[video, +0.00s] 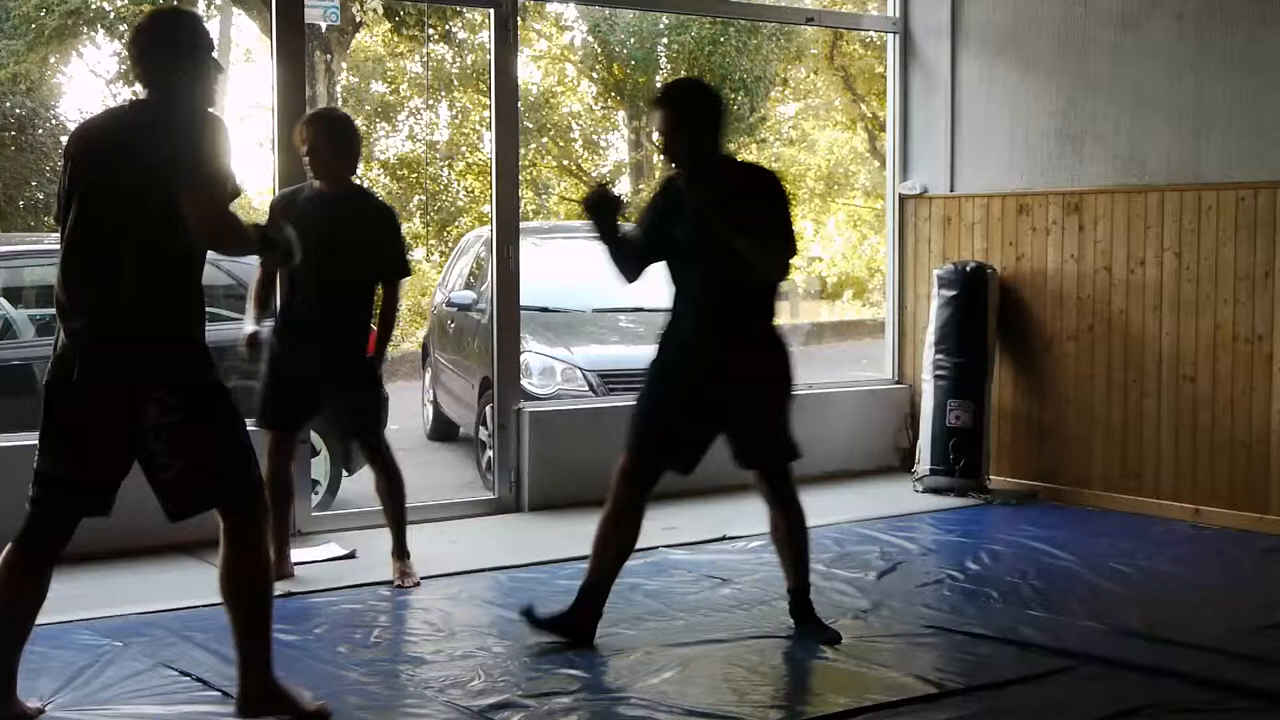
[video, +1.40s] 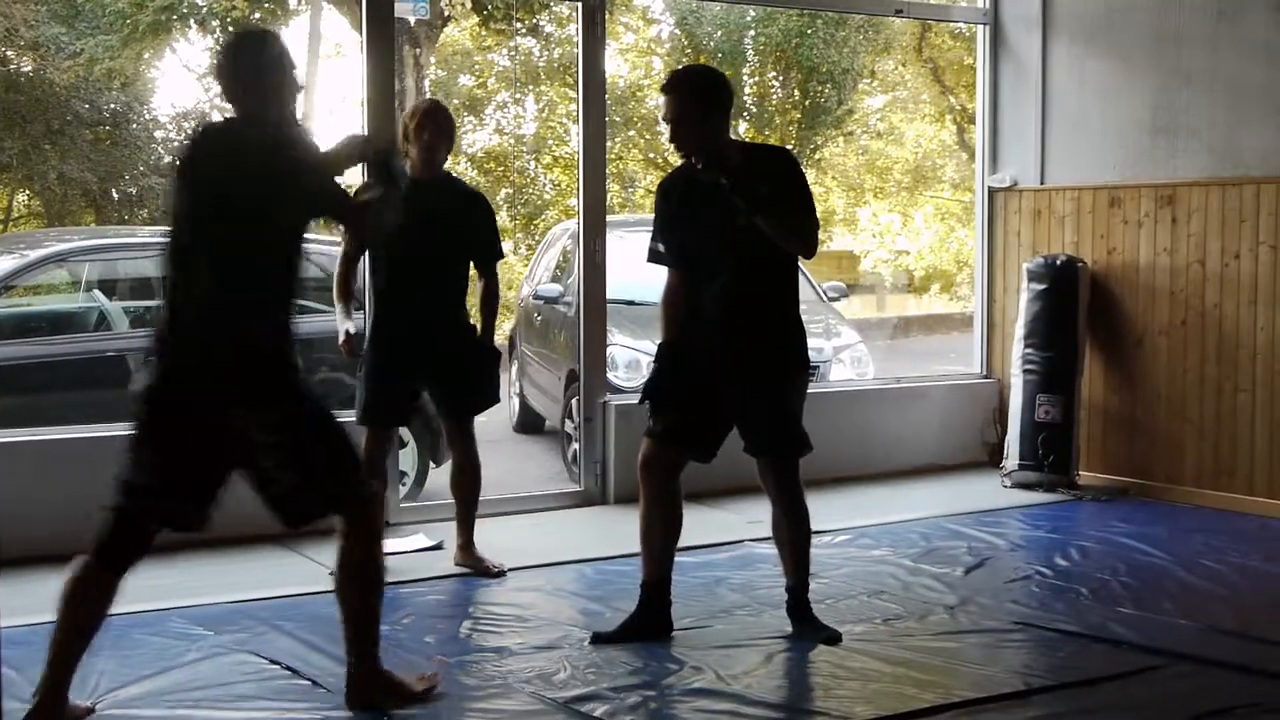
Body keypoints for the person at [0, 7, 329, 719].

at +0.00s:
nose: (215, 75)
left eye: (211, 63)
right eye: (210, 63)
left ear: (140, 64)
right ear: (197, 65)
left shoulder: (86, 135)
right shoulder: (198, 127)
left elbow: (69, 245)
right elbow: (213, 227)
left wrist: (80, 336)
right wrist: (265, 240)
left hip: (83, 361)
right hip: (170, 359)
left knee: (41, 532)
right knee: (245, 508)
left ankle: (2, 691)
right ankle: (257, 684)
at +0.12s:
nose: (212, 65)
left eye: (206, 52)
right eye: (203, 54)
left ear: (135, 66)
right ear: (186, 62)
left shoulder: (88, 135)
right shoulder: (204, 128)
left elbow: (75, 246)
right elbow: (232, 223)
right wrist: (280, 238)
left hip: (88, 366)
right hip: (175, 365)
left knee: (41, 538)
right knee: (241, 524)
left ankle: (1, 692)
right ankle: (256, 692)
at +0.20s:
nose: (216, 68)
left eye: (210, 56)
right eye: (210, 57)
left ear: (140, 68)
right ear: (198, 62)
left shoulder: (99, 137)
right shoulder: (218, 132)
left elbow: (79, 223)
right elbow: (257, 235)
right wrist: (305, 221)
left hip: (93, 368)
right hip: (181, 368)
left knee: (45, 540)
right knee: (246, 529)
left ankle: (3, 693)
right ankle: (256, 694)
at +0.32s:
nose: (246, 63)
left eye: (240, 52)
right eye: (237, 53)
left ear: (173, 68)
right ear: (216, 64)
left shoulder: (126, 136)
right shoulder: (254, 141)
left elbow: (93, 241)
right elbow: (277, 251)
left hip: (106, 362)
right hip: (196, 365)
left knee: (59, 532)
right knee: (250, 528)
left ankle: (6, 689)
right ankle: (256, 695)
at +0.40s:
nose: (268, 77)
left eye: (263, 64)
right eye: (260, 66)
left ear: (196, 73)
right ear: (245, 71)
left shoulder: (149, 138)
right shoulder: (270, 151)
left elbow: (99, 232)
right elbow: (304, 258)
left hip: (121, 367)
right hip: (209, 370)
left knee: (73, 527)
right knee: (254, 529)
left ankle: (13, 688)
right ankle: (262, 696)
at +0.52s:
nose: (368, 92)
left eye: (360, 77)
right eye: (365, 79)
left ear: (305, 75)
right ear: (356, 80)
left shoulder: (250, 138)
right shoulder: (360, 147)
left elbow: (200, 222)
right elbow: (386, 261)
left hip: (218, 372)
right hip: (308, 381)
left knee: (169, 512)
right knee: (340, 529)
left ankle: (97, 667)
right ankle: (350, 691)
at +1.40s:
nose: (295, 84)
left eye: (288, 72)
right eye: (286, 73)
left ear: (230, 85)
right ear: (270, 82)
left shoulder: (203, 148)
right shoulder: (287, 151)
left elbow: (271, 194)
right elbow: (366, 221)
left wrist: (341, 155)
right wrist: (383, 164)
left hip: (184, 375)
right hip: (259, 378)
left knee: (120, 542)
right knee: (362, 506)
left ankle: (49, 698)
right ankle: (366, 676)